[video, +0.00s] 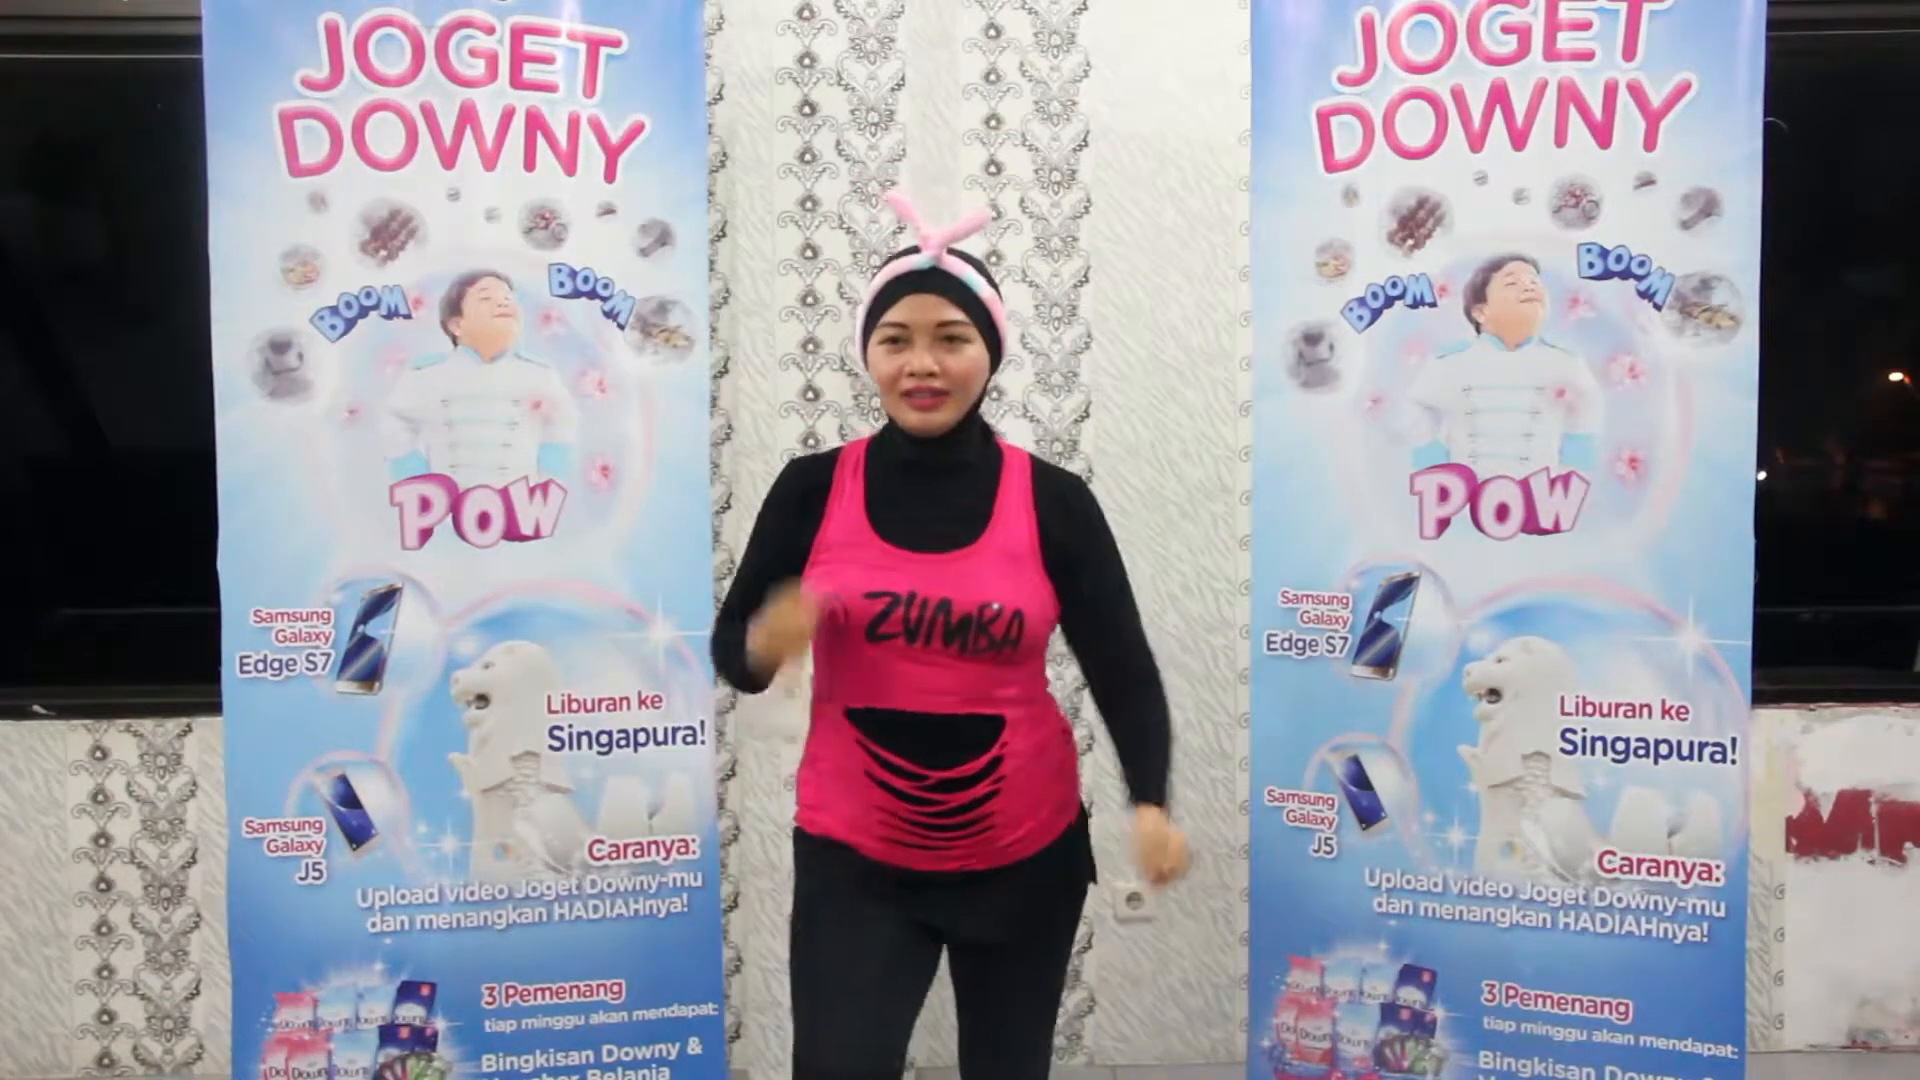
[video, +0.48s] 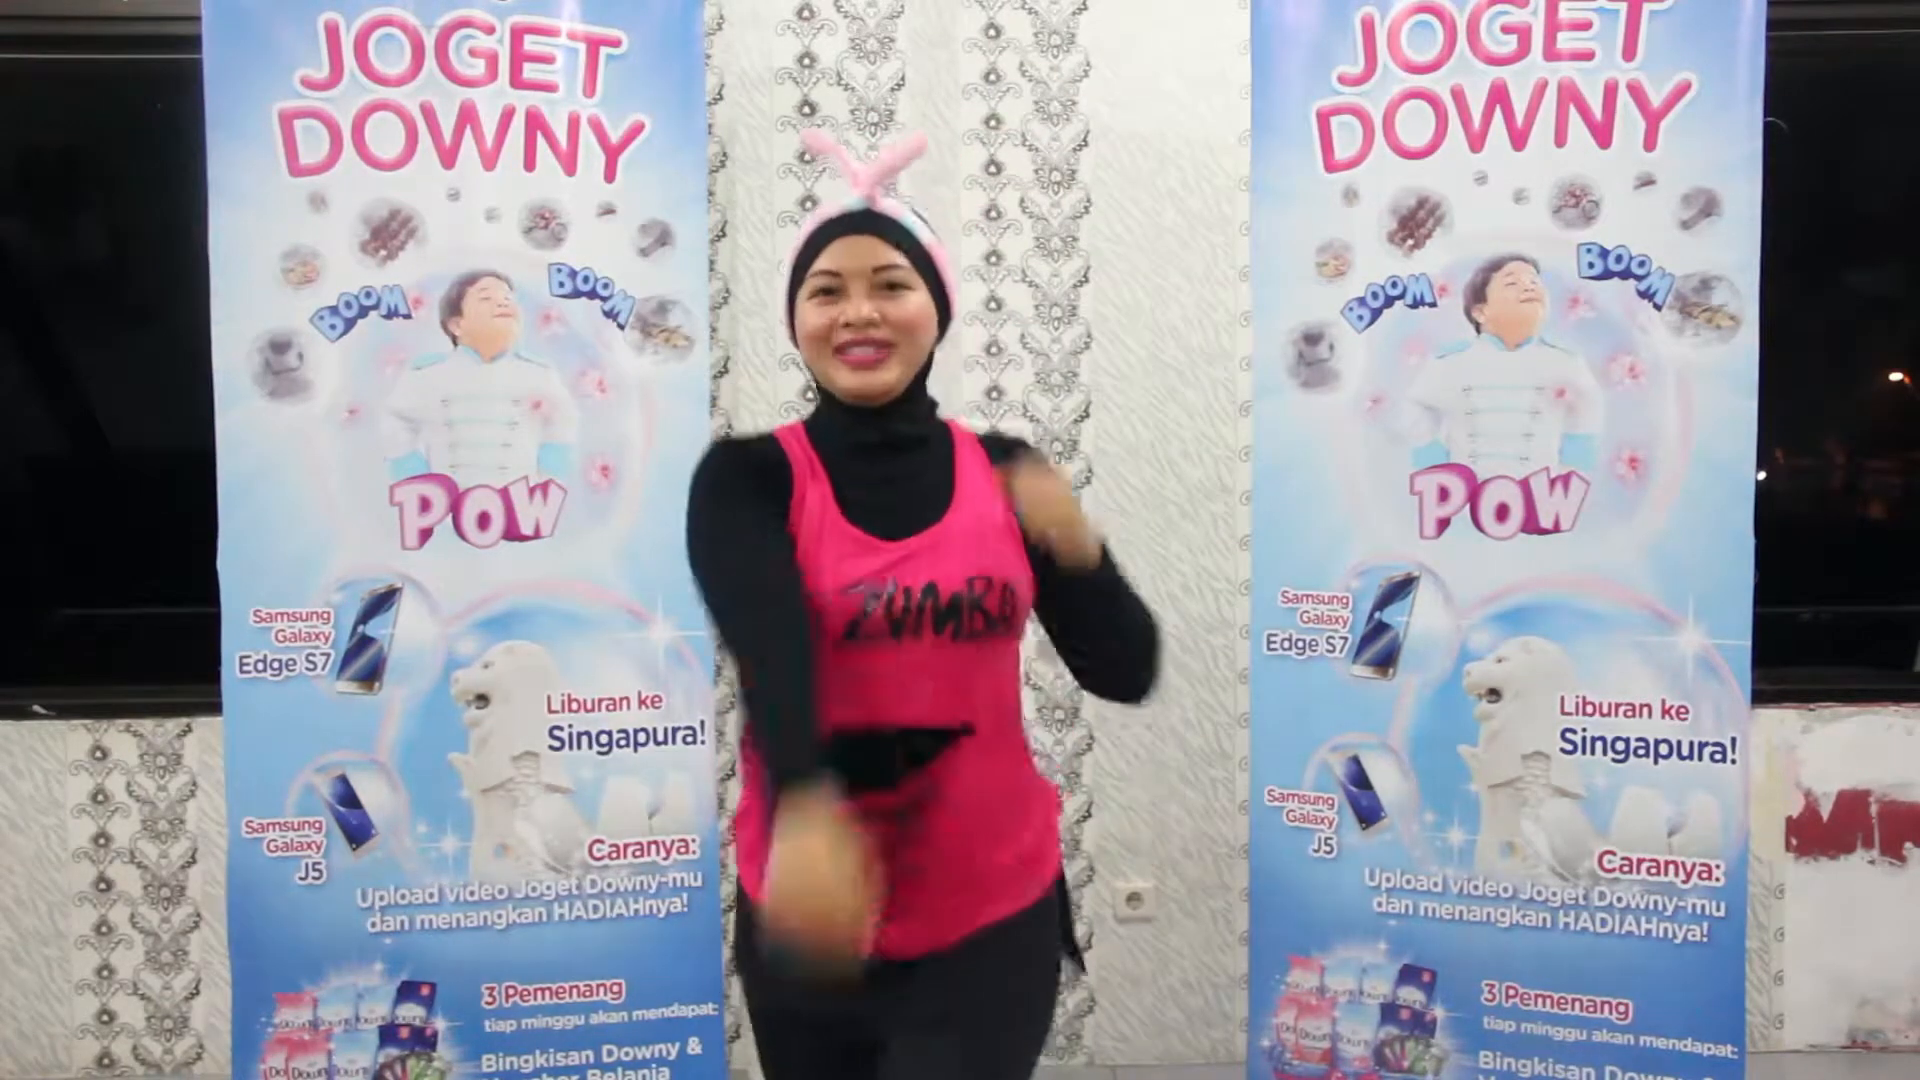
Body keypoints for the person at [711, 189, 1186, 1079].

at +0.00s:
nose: (922, 362)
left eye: (950, 339)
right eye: (898, 340)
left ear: (990, 358)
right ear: (868, 358)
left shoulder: (1054, 503)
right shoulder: (814, 489)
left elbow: (1121, 664)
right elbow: (734, 659)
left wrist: (1148, 798)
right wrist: (770, 635)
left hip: (1021, 858)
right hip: (856, 855)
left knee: (1009, 1068)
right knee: (836, 1065)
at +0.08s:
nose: (909, 355)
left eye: (938, 330)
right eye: (883, 331)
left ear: (980, 349)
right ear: (854, 351)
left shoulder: (1051, 492)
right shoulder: (809, 492)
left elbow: (1113, 674)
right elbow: (734, 691)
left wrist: (1084, 780)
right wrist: (770, 575)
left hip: (1013, 866)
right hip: (846, 866)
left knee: (1000, 1069)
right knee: (830, 1066)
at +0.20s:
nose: (877, 351)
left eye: (907, 330)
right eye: (853, 329)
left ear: (951, 351)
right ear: (824, 350)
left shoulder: (1030, 484)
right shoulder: (788, 503)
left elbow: (1082, 669)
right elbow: (759, 673)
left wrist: (1004, 755)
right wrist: (787, 510)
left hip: (996, 882)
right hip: (824, 884)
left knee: (996, 1068)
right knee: (842, 1069)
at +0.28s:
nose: (857, 338)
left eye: (887, 316)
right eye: (831, 317)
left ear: (934, 343)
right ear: (804, 344)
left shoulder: (1016, 487)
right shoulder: (763, 505)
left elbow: (1073, 661)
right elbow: (776, 639)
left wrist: (1040, 719)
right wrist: (804, 494)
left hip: (990, 903)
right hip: (816, 903)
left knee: (971, 1064)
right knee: (827, 1064)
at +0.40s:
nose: (853, 303)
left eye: (883, 279)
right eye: (823, 284)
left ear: (931, 310)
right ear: (794, 322)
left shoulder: (1009, 459)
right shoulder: (751, 469)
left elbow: (1096, 661)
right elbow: (752, 562)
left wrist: (1057, 608)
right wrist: (825, 617)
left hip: (982, 887)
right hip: (809, 891)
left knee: (941, 1060)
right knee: (823, 1063)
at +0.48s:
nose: (860, 312)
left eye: (891, 286)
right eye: (828, 289)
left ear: (937, 313)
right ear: (796, 323)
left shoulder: (1005, 472)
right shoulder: (747, 477)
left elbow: (1125, 673)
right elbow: (771, 642)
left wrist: (1075, 549)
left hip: (988, 910)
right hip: (812, 917)